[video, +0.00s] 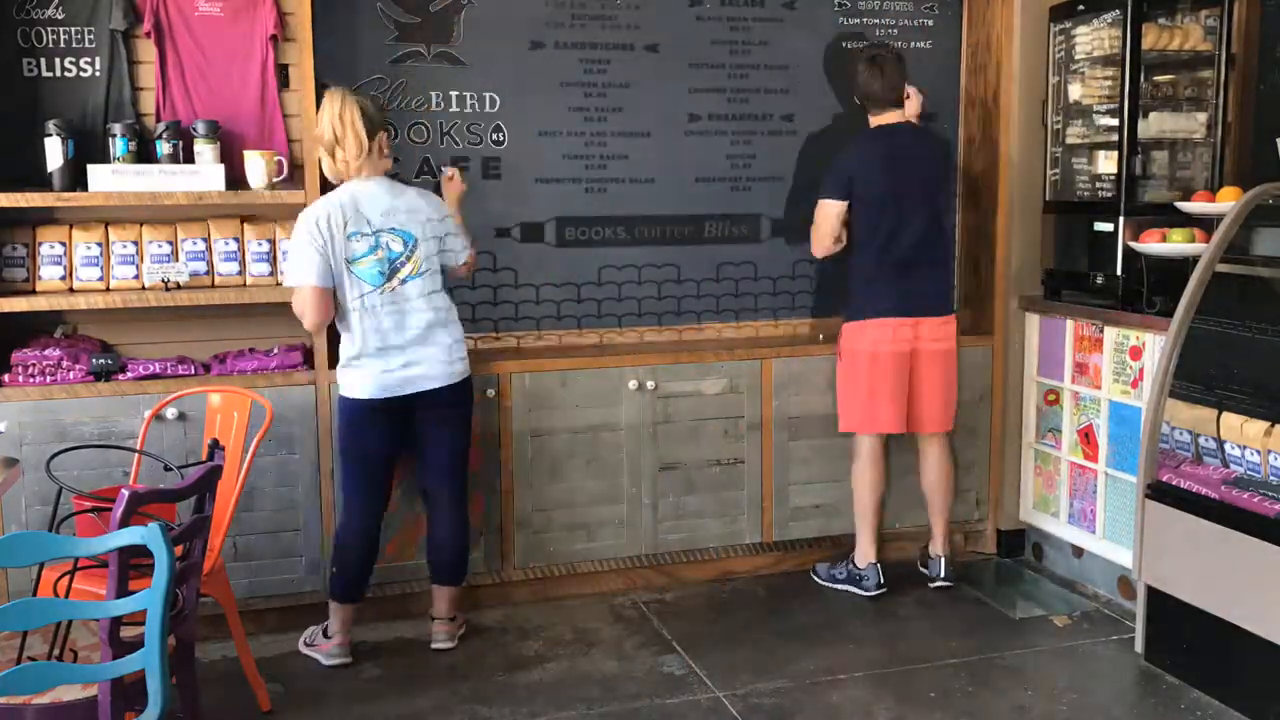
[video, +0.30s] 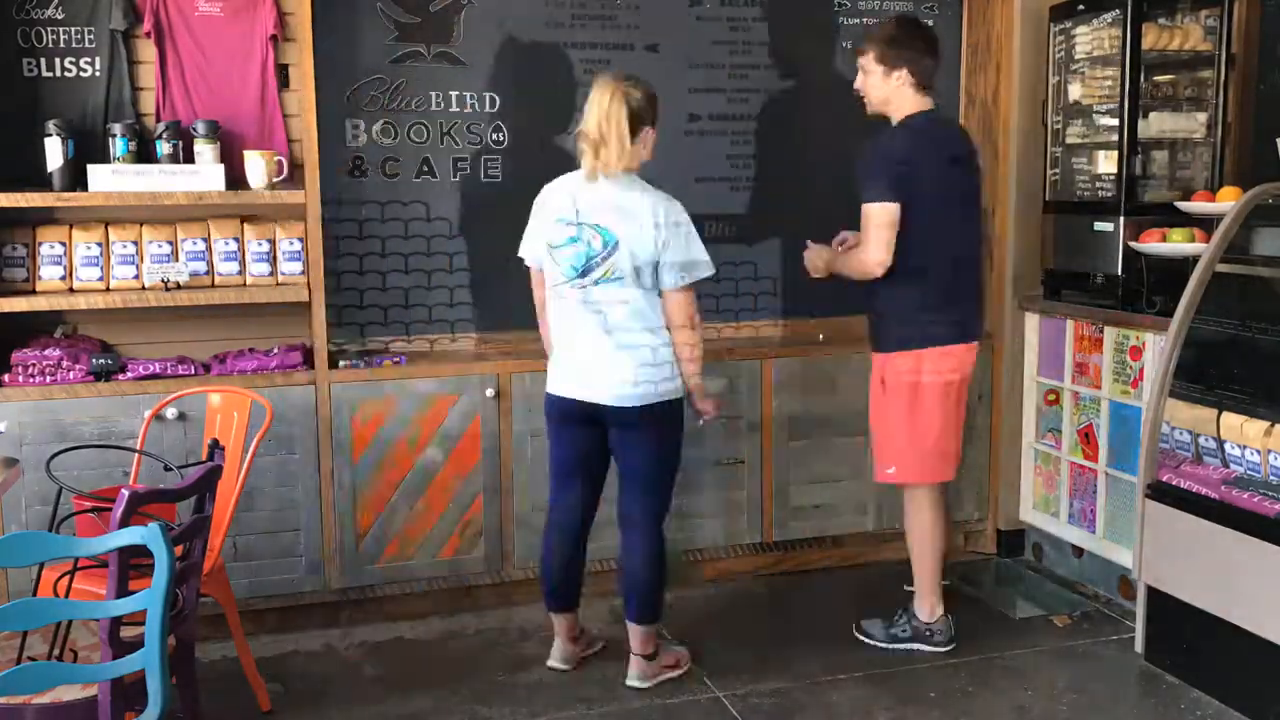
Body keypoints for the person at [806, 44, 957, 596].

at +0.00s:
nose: (908, 92)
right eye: (905, 84)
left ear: (857, 98)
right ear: (906, 92)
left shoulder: (853, 157)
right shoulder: (940, 150)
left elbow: (823, 244)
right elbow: (932, 207)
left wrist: (869, 221)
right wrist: (914, 121)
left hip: (875, 318)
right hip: (936, 315)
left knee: (868, 441)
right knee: (936, 435)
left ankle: (865, 562)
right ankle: (940, 555)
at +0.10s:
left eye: (876, 88)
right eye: (911, 82)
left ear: (871, 97)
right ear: (921, 93)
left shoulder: (864, 152)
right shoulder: (952, 147)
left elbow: (833, 242)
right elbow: (946, 187)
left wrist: (881, 219)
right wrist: (935, 121)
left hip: (887, 313)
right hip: (946, 312)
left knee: (872, 439)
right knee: (937, 436)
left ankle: (861, 563)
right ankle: (932, 555)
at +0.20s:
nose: (871, 94)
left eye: (869, 88)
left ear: (871, 96)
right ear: (921, 90)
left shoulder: (862, 153)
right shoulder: (946, 154)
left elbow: (825, 240)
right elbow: (936, 217)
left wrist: (874, 221)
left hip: (878, 317)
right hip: (937, 316)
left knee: (867, 441)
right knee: (925, 439)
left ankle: (857, 566)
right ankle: (920, 556)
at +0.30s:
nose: (858, 83)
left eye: (866, 70)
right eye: (859, 70)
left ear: (900, 74)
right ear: (914, 76)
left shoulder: (890, 148)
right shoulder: (955, 140)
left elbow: (876, 259)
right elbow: (940, 238)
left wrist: (828, 262)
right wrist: (859, 241)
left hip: (915, 341)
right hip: (954, 334)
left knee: (918, 479)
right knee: (927, 476)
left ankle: (928, 617)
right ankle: (929, 604)